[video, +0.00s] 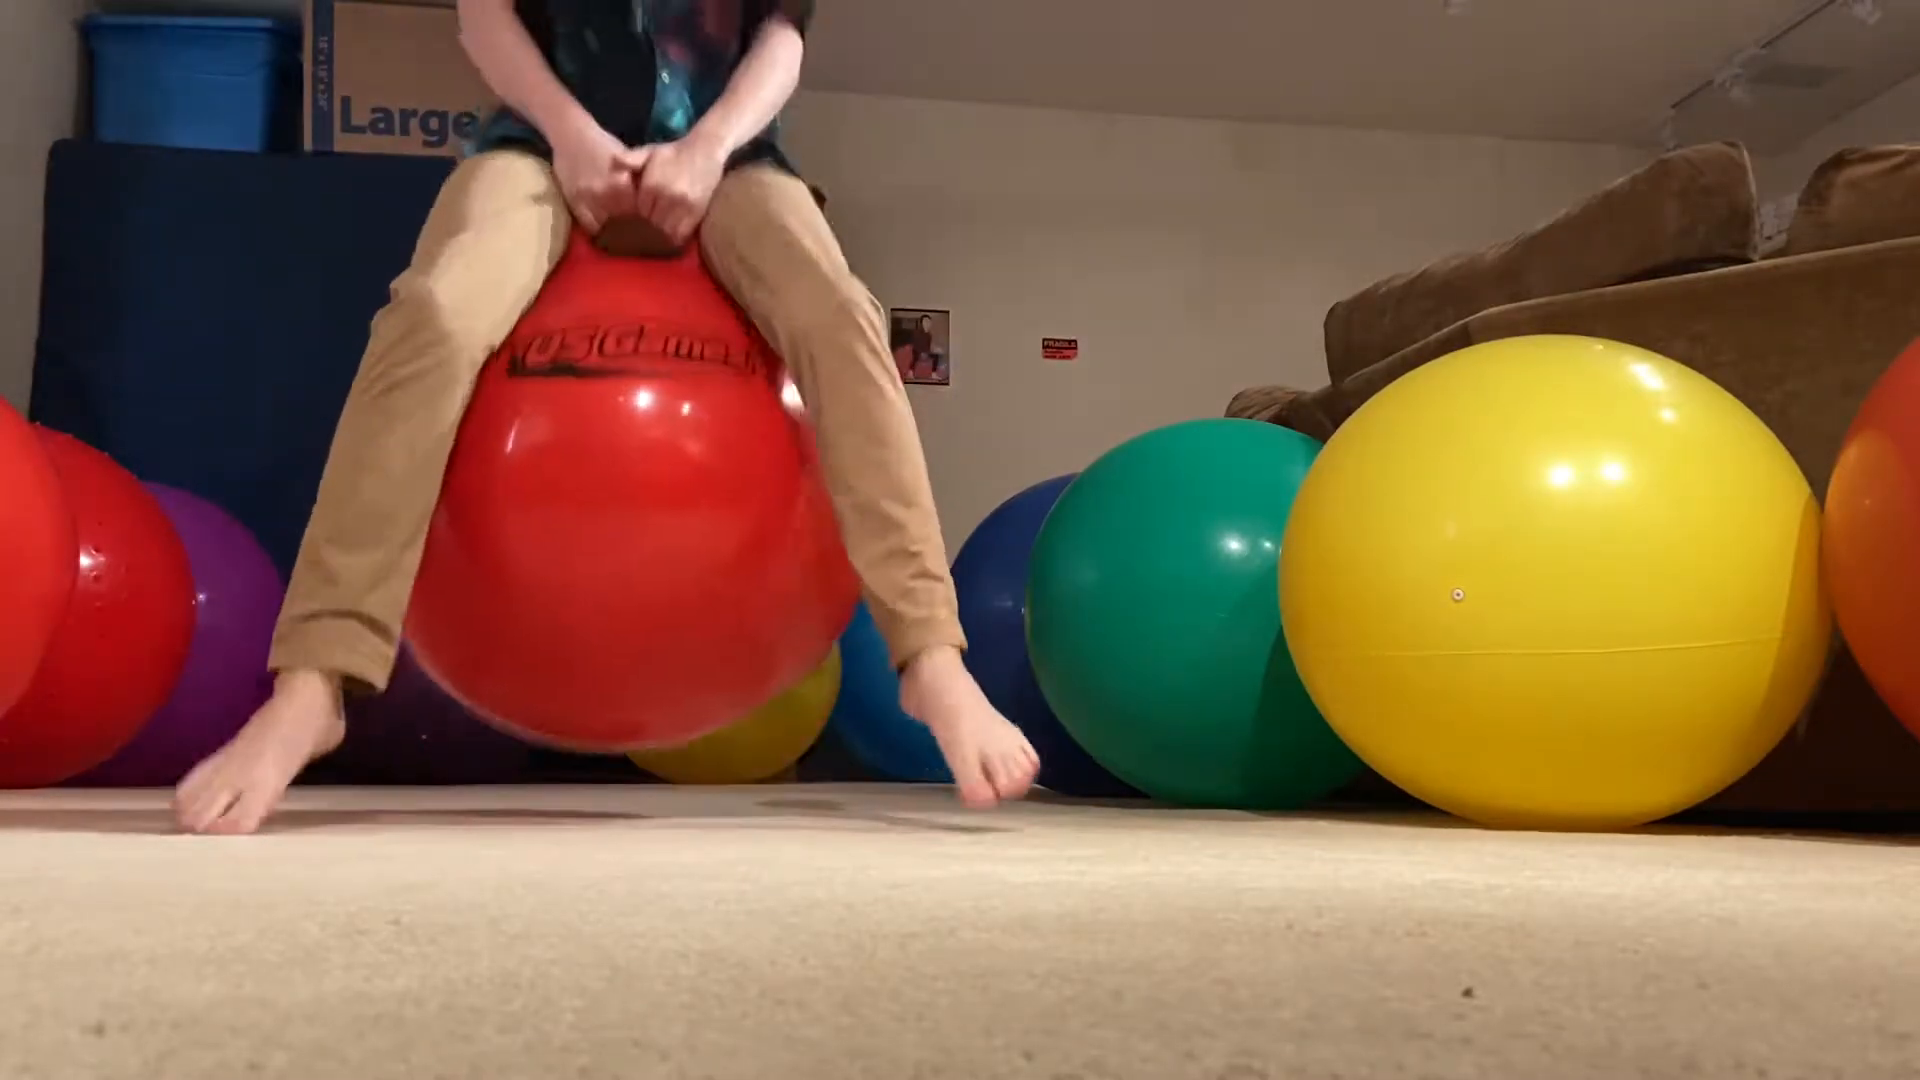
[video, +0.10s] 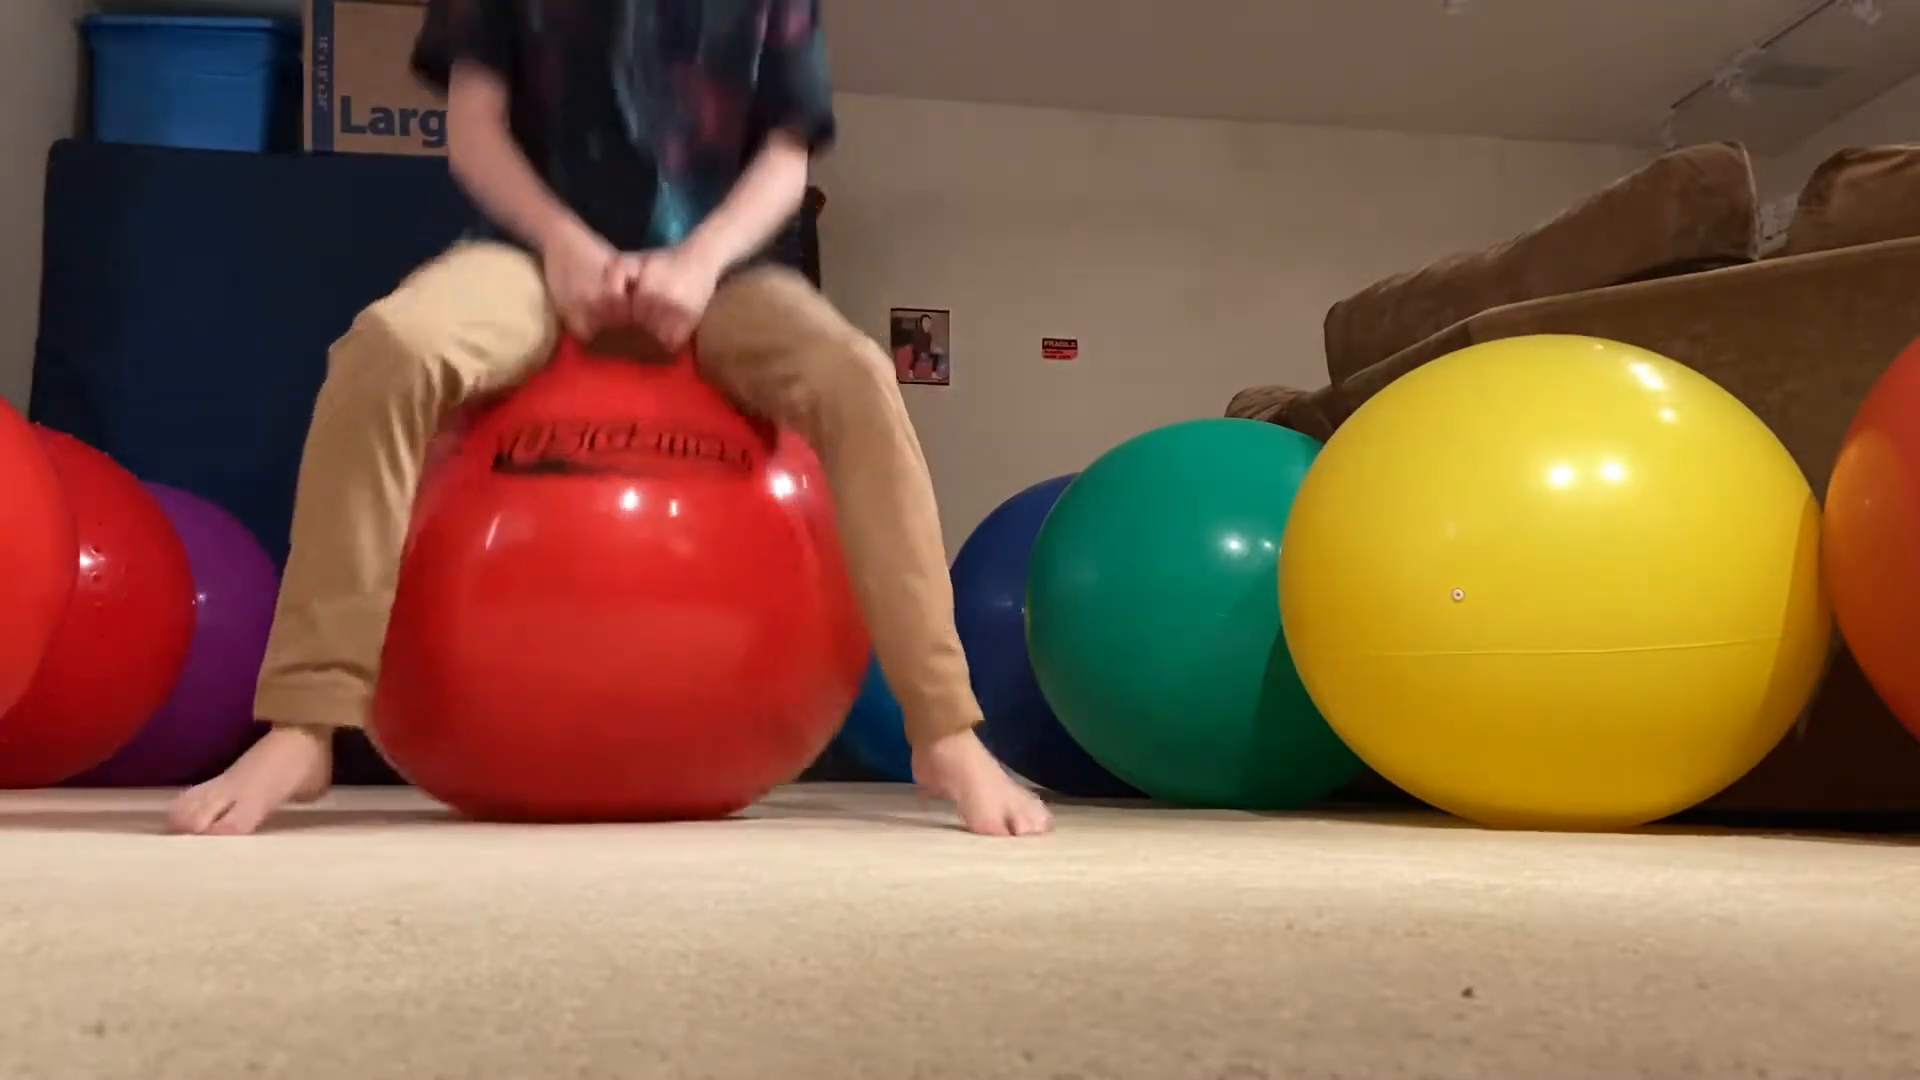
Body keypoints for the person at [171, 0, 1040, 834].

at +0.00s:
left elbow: (783, 37)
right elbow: (481, 20)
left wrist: (711, 144)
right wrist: (573, 133)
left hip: (723, 137)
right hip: (541, 133)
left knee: (839, 318)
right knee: (435, 318)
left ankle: (934, 662)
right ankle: (309, 685)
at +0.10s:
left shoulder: (774, 10)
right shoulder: (504, 3)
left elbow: (792, 150)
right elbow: (470, 133)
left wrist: (701, 258)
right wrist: (559, 238)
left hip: (716, 254)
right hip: (537, 249)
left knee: (854, 371)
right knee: (388, 344)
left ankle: (945, 735)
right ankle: (301, 725)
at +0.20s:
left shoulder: (770, 126)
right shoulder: (503, 106)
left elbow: (794, 323)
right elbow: (456, 296)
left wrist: (694, 413)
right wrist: (556, 392)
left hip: (707, 421)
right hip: (531, 408)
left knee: (872, 407)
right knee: (362, 371)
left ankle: (951, 761)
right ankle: (277, 754)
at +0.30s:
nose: (662, 6)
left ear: (719, 26)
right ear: (588, 21)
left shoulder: (775, 188)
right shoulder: (505, 168)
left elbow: (794, 389)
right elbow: (451, 360)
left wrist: (692, 471)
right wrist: (547, 445)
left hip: (705, 479)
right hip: (526, 469)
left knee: (880, 412)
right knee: (359, 377)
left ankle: (948, 761)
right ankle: (273, 754)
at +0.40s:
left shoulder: (778, 35)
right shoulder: (519, 19)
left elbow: (801, 245)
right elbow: (475, 217)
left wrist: (710, 351)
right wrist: (563, 329)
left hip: (718, 370)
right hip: (550, 358)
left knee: (905, 399)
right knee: (351, 362)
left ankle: (945, 763)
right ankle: (281, 753)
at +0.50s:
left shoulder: (790, 1)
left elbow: (810, 78)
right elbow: (514, 44)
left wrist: (726, 203)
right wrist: (592, 190)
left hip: (748, 207)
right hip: (554, 195)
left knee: (874, 362)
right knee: (386, 351)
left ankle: (952, 720)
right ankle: (268, 738)